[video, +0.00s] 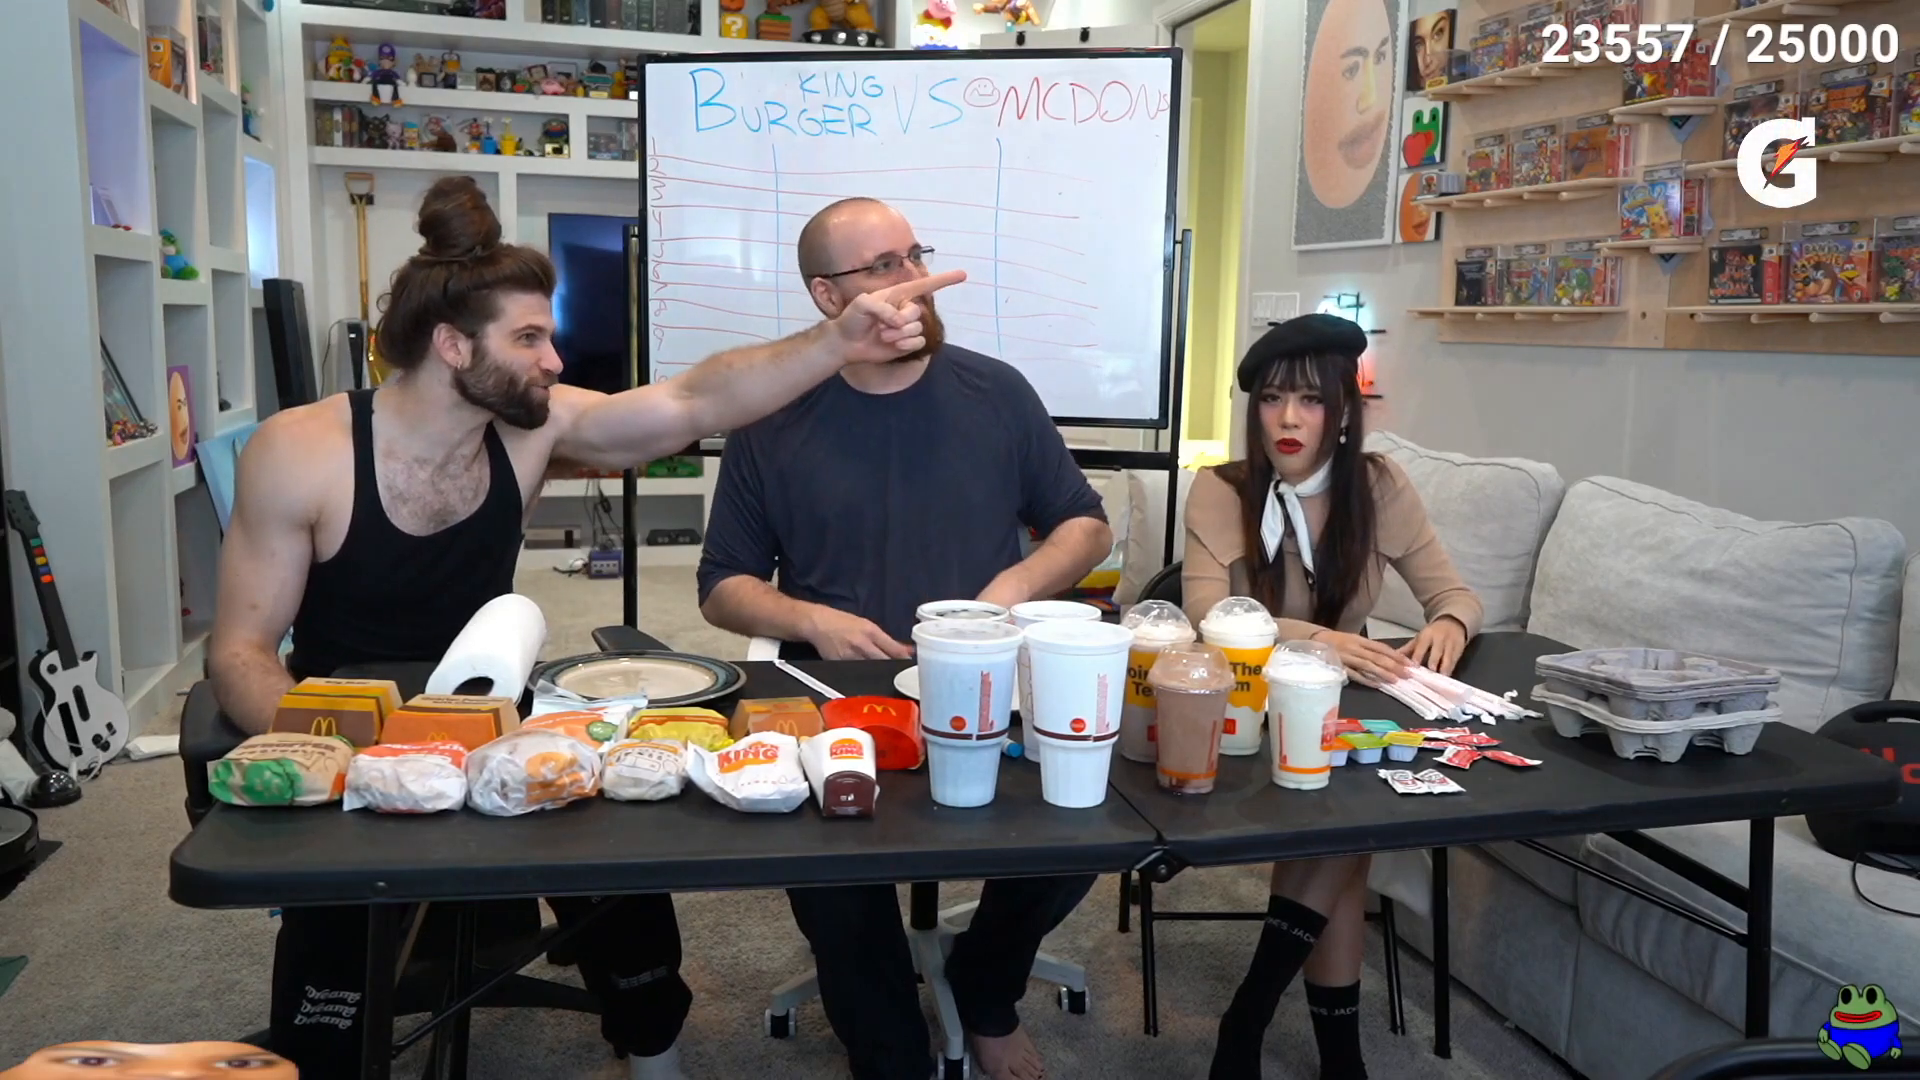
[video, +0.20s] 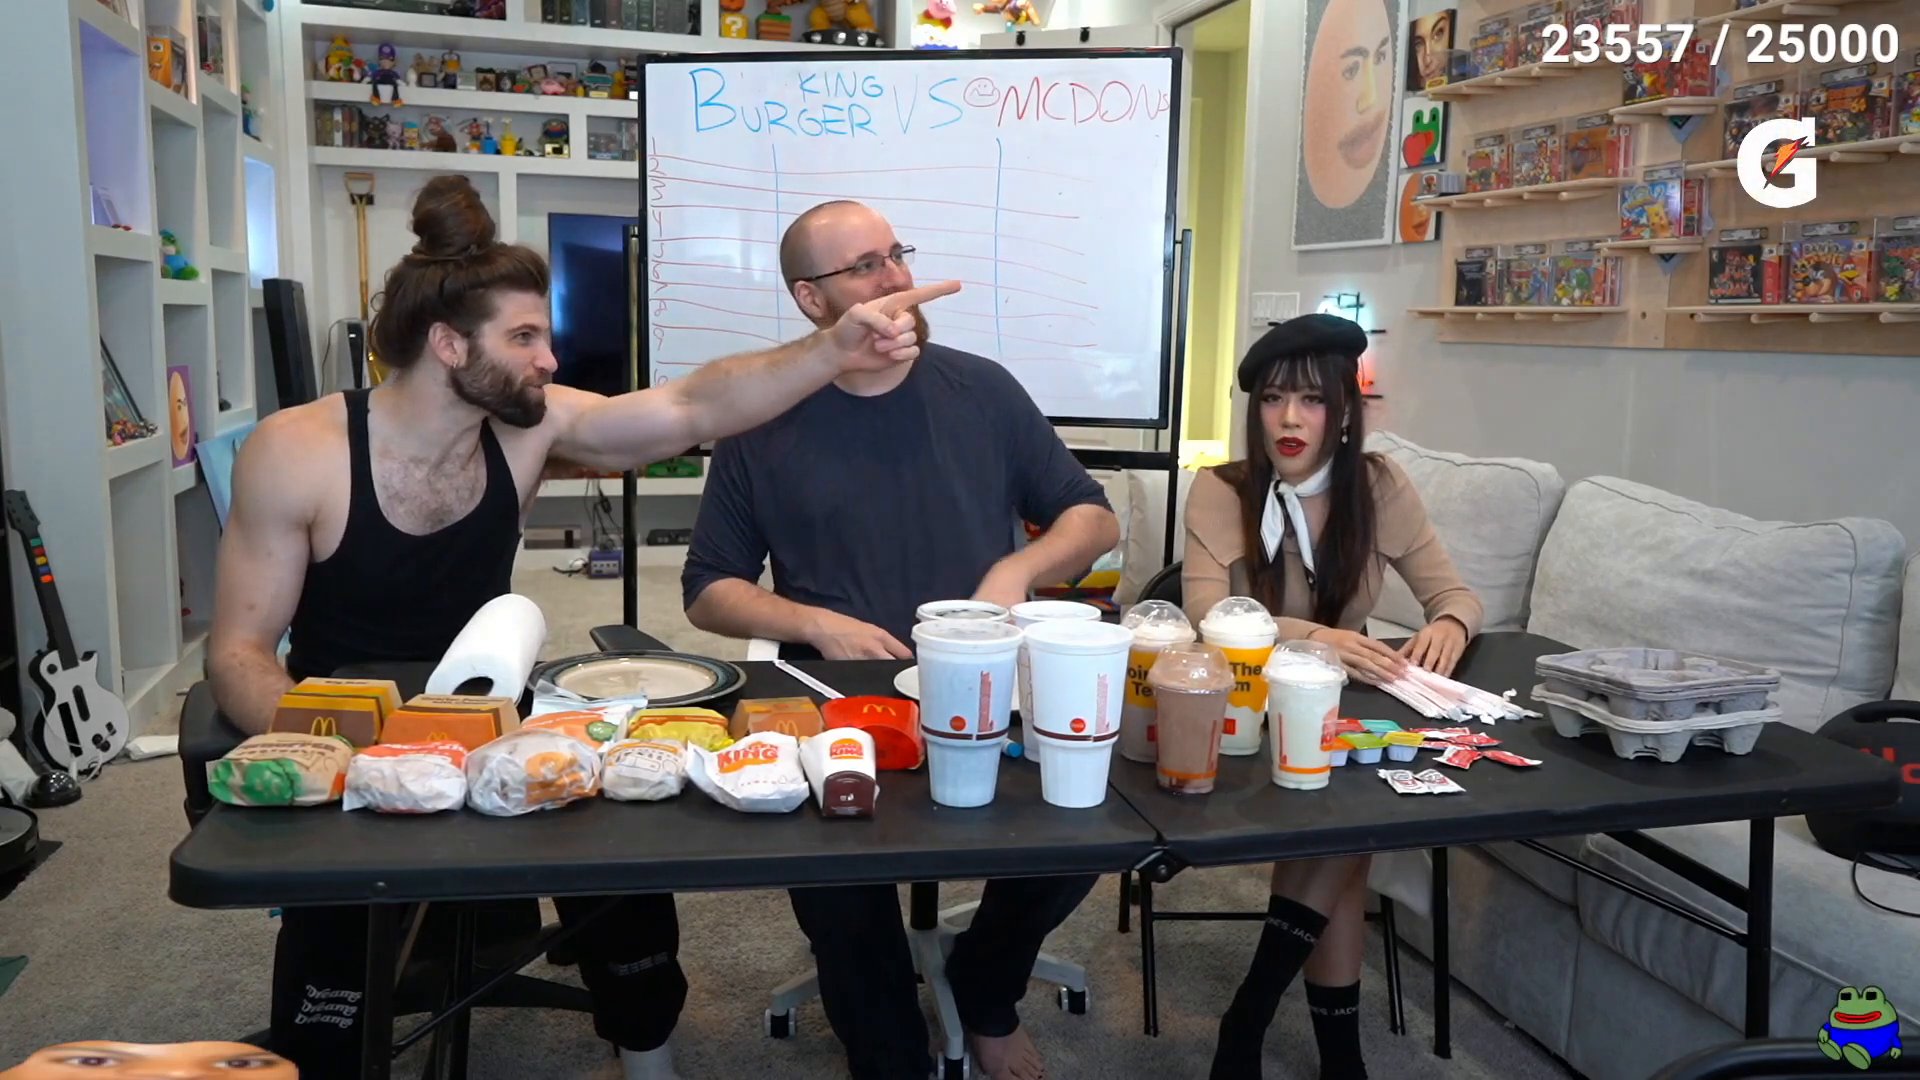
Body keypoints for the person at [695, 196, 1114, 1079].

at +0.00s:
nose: (909, 284)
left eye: (913, 260)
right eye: (877, 270)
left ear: (932, 267)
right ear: (825, 298)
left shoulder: (997, 394)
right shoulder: (771, 427)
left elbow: (1086, 525)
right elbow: (722, 585)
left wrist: (1020, 582)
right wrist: (811, 619)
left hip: (986, 697)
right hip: (835, 704)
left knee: (1074, 832)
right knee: (827, 865)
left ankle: (981, 992)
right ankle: (897, 1061)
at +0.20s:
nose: (896, 280)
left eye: (897, 258)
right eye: (865, 268)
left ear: (912, 266)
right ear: (811, 300)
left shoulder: (981, 389)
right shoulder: (762, 428)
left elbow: (1093, 518)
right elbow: (708, 590)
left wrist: (1017, 569)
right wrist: (817, 624)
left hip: (985, 695)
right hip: (836, 705)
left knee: (1077, 827)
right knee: (828, 864)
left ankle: (980, 995)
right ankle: (895, 1062)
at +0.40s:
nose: (880, 279)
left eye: (880, 258)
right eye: (849, 270)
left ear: (892, 265)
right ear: (795, 305)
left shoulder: (964, 383)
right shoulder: (755, 426)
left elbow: (1093, 512)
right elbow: (700, 595)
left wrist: (1044, 451)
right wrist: (809, 622)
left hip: (990, 687)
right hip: (836, 699)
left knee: (1075, 825)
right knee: (822, 858)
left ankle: (982, 991)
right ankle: (895, 1061)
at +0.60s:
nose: (862, 284)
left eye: (863, 262)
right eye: (831, 274)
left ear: (874, 267)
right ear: (777, 307)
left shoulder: (954, 378)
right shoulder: (733, 434)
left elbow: (1082, 419)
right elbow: (692, 605)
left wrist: (1122, 291)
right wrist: (802, 620)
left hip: (982, 695)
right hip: (831, 710)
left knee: (1076, 821)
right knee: (821, 863)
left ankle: (985, 988)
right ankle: (896, 1059)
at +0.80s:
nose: (844, 283)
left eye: (843, 262)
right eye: (812, 276)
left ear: (858, 268)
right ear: (760, 312)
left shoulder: (942, 374)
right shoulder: (725, 441)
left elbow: (1075, 405)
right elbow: (690, 610)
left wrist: (1127, 281)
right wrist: (793, 619)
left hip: (984, 694)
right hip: (831, 712)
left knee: (1076, 822)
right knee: (820, 872)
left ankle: (987, 991)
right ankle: (897, 1062)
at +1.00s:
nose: (840, 288)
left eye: (841, 267)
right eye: (809, 279)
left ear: (856, 274)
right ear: (757, 313)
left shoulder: (937, 376)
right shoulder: (724, 442)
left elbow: (1073, 413)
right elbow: (687, 609)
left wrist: (1124, 294)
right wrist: (792, 619)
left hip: (978, 692)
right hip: (825, 710)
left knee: (1072, 824)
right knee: (818, 870)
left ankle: (986, 990)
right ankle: (897, 1062)